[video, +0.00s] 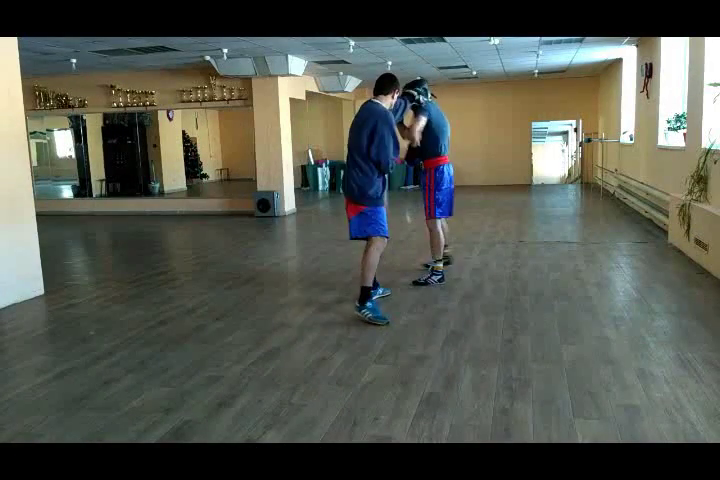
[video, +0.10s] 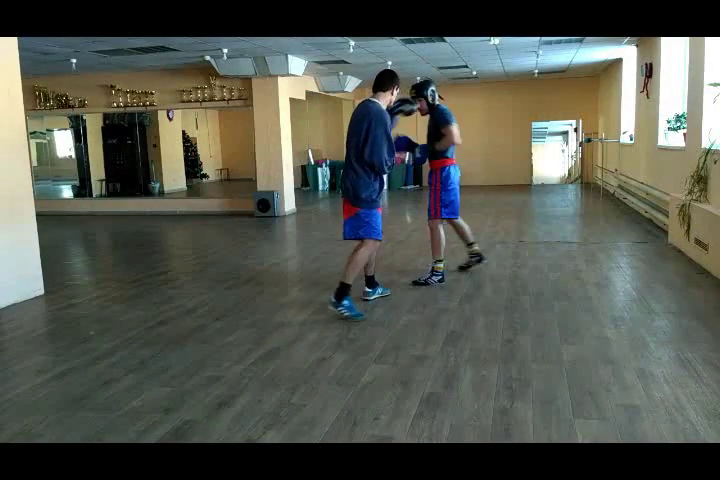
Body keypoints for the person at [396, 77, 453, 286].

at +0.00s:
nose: (407, 101)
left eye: (408, 98)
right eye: (406, 98)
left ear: (414, 95)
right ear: (425, 93)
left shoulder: (424, 108)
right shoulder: (433, 108)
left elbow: (414, 134)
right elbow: (407, 135)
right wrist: (398, 120)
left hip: (434, 168)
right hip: (441, 166)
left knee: (433, 220)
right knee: (439, 216)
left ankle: (437, 269)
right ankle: (443, 253)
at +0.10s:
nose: (417, 107)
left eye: (419, 101)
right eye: (416, 102)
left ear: (428, 98)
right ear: (429, 98)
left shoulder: (441, 112)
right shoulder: (436, 114)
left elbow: (453, 138)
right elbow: (441, 141)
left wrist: (431, 149)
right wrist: (419, 148)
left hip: (442, 170)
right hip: (446, 168)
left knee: (435, 220)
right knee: (451, 216)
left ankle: (437, 271)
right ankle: (475, 252)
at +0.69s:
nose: (439, 108)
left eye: (440, 104)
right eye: (438, 105)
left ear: (450, 100)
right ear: (452, 99)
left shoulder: (469, 113)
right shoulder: (453, 118)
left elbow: (472, 143)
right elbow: (455, 150)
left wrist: (454, 125)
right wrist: (441, 139)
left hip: (468, 168)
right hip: (463, 168)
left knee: (460, 221)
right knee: (472, 219)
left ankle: (468, 271)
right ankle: (485, 259)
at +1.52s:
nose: (459, 110)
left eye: (459, 106)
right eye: (458, 107)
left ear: (468, 101)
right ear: (472, 100)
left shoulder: (484, 114)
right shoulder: (488, 114)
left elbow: (484, 145)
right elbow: (479, 143)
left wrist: (463, 135)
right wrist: (461, 135)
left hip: (483, 169)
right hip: (494, 168)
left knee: (470, 219)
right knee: (489, 216)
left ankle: (473, 271)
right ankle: (503, 261)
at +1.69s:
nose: (457, 108)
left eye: (457, 105)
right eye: (457, 104)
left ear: (461, 101)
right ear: (474, 97)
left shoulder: (471, 113)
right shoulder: (496, 113)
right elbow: (477, 138)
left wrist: (446, 112)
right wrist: (453, 135)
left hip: (483, 169)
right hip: (500, 166)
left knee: (475, 219)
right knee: (499, 216)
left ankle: (473, 271)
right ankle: (506, 260)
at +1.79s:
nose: (456, 105)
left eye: (456, 102)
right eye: (456, 101)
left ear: (460, 99)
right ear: (474, 95)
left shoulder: (469, 112)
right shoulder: (497, 111)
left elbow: (439, 130)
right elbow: (484, 138)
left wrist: (446, 108)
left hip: (484, 169)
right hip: (502, 166)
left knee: (475, 220)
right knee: (501, 216)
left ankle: (473, 271)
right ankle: (509, 259)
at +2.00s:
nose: (471, 108)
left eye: (471, 105)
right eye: (470, 105)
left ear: (476, 100)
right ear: (489, 97)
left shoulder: (483, 112)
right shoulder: (512, 117)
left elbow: (469, 141)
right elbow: (513, 152)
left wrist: (458, 124)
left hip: (489, 171)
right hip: (508, 171)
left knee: (475, 223)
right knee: (514, 218)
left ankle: (471, 272)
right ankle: (535, 262)